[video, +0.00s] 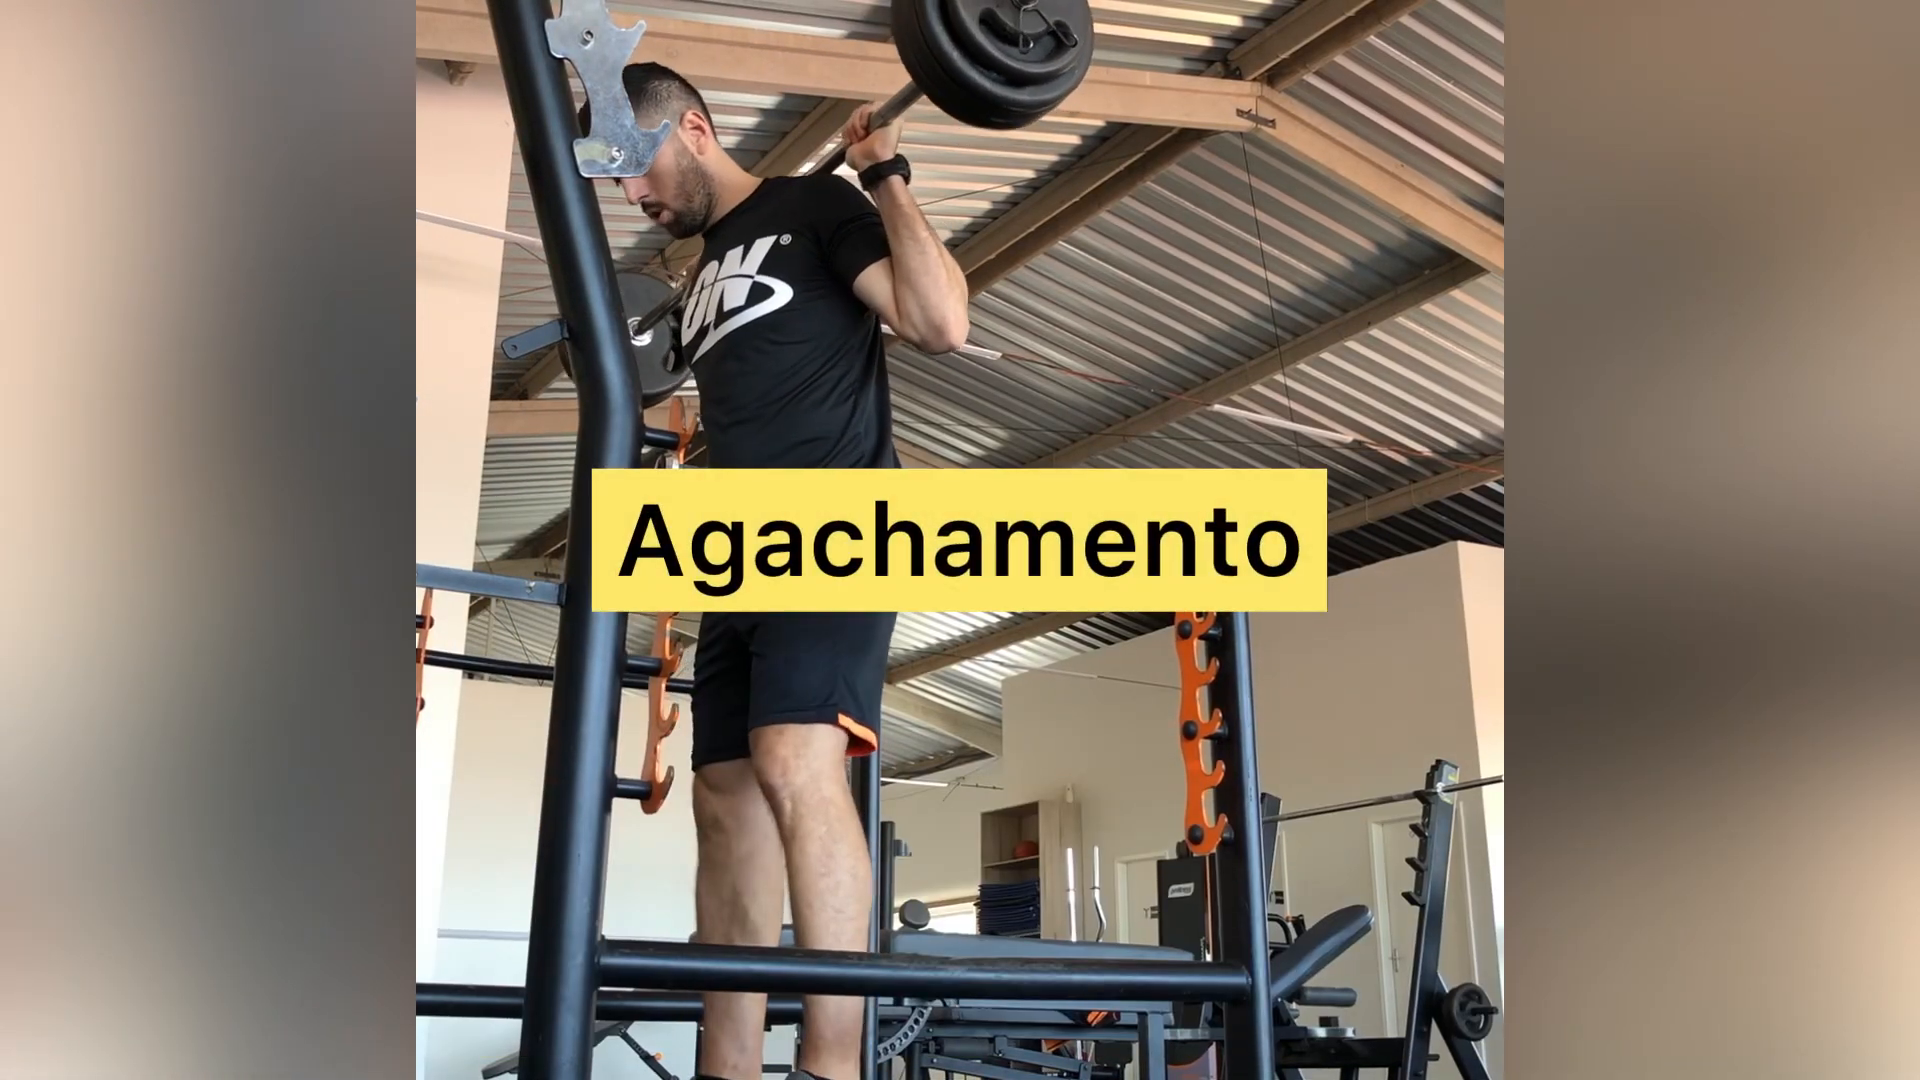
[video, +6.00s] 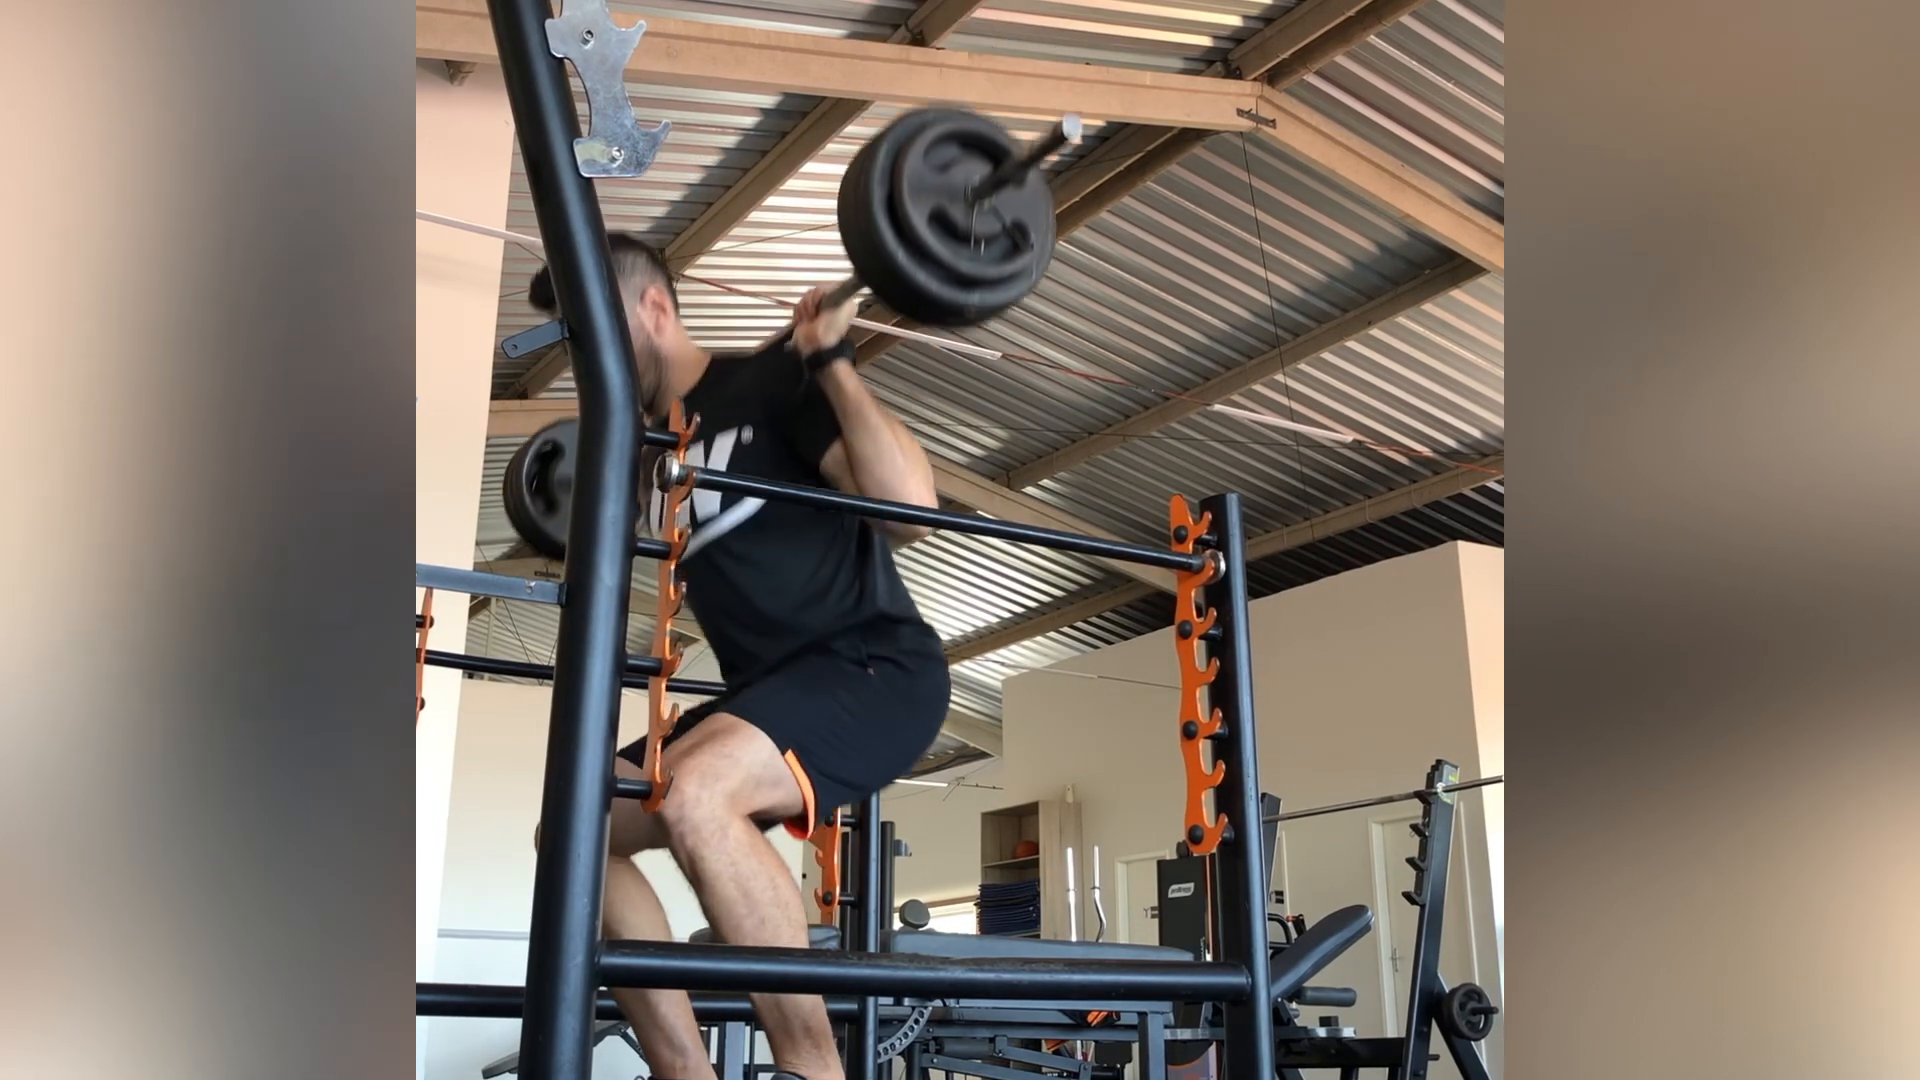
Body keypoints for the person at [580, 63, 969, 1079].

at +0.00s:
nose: (634, 193)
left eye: (638, 163)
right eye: (620, 176)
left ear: (696, 128)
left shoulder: (816, 201)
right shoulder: (700, 281)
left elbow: (943, 323)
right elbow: (716, 434)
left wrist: (889, 183)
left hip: (829, 529)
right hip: (737, 543)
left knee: (797, 761)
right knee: (723, 791)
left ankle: (835, 1065)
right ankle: (730, 1067)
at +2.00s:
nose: (623, 181)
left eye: (630, 152)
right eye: (610, 166)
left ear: (679, 116)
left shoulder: (793, 194)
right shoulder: (685, 261)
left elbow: (915, 319)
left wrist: (869, 173)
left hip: (797, 514)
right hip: (719, 533)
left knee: (770, 756)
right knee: (691, 790)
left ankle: (821, 1063)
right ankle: (708, 1065)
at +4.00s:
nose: (624, 183)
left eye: (632, 154)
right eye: (611, 168)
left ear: (684, 120)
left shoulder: (799, 199)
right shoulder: (687, 270)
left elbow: (921, 321)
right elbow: (712, 415)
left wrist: (863, 174)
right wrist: (677, 455)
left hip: (819, 527)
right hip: (728, 543)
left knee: (788, 763)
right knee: (699, 788)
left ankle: (828, 1065)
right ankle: (708, 1066)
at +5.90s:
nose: (590, 309)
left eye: (600, 283)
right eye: (582, 288)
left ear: (661, 267)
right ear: (642, 277)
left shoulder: (781, 341)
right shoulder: (661, 406)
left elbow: (914, 472)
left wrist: (837, 318)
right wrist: (621, 433)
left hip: (868, 634)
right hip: (763, 659)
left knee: (702, 789)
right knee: (587, 812)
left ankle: (816, 1068)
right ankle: (686, 1072)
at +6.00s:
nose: (590, 348)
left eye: (597, 321)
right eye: (577, 329)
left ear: (653, 305)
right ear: (641, 314)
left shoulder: (773, 376)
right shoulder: (645, 447)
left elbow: (911, 503)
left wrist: (832, 360)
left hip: (876, 668)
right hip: (766, 691)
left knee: (697, 793)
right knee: (576, 825)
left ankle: (817, 1069)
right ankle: (686, 1074)